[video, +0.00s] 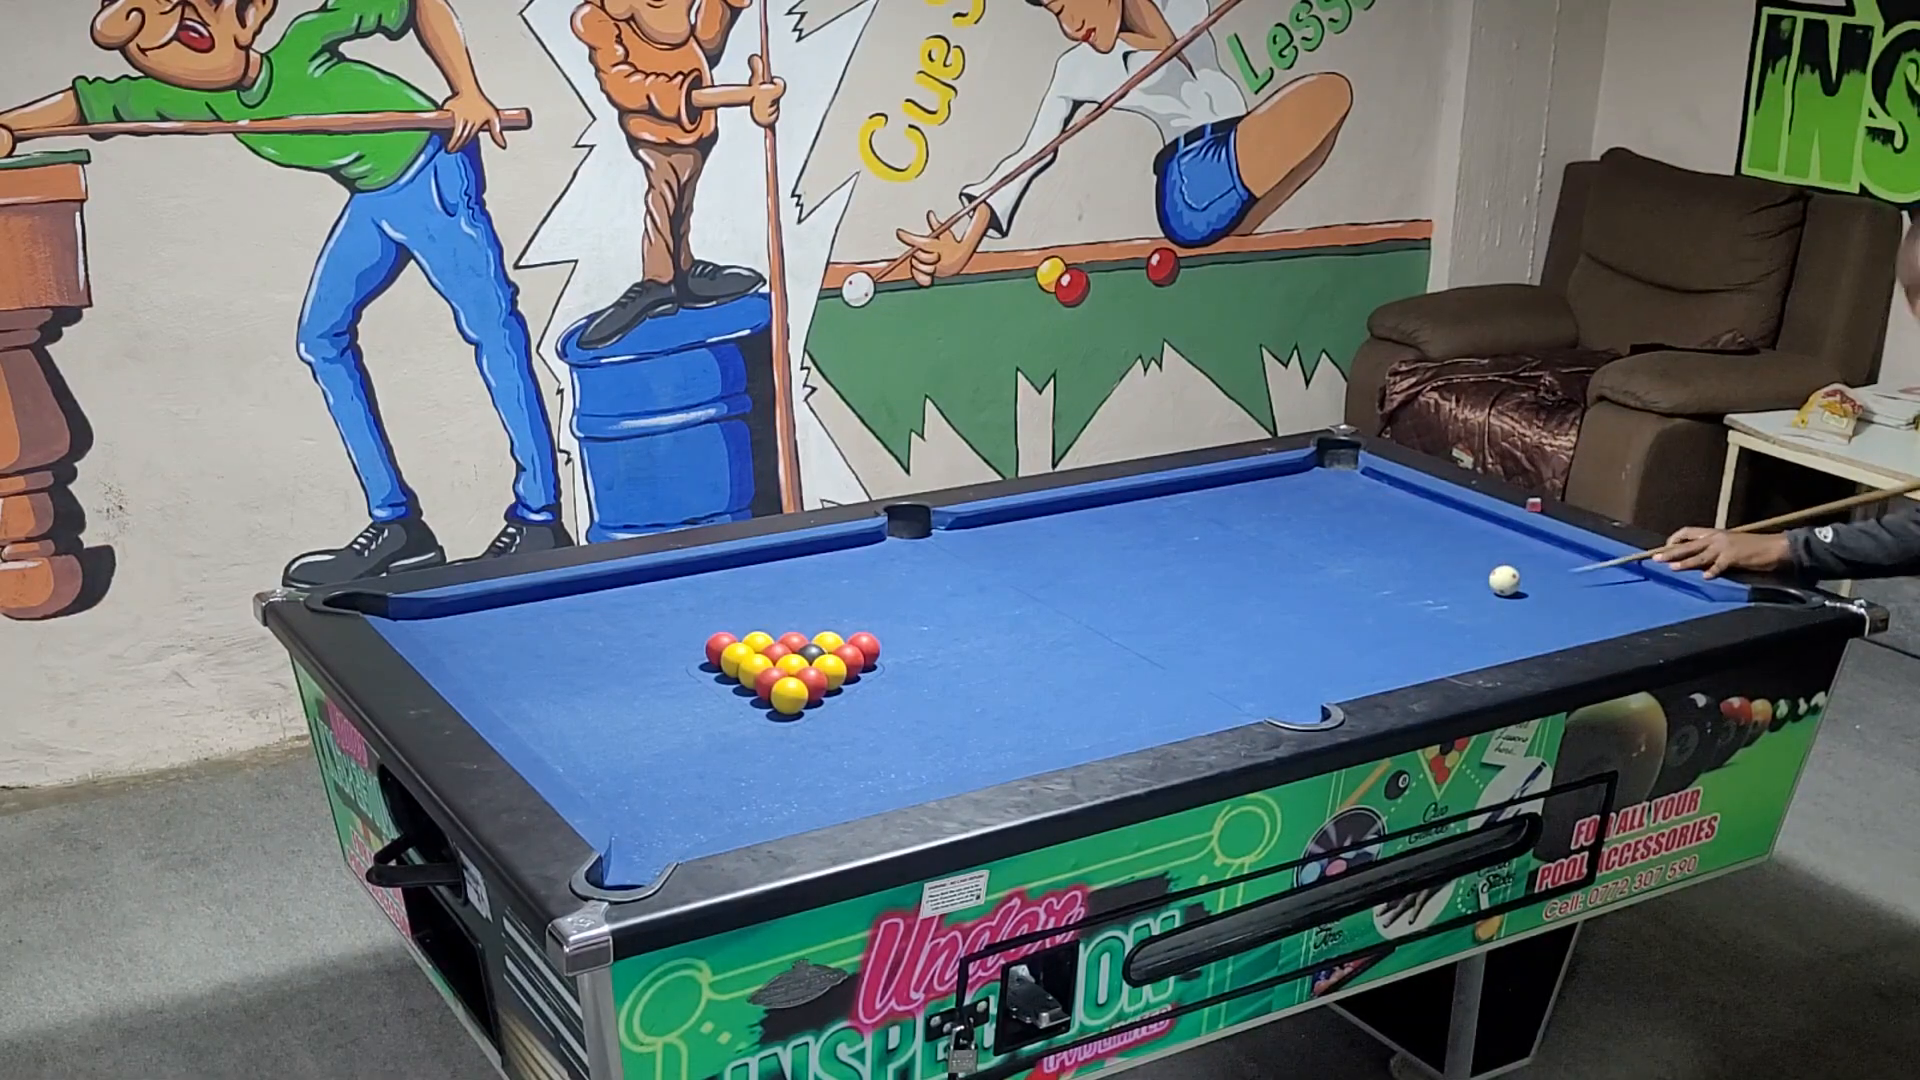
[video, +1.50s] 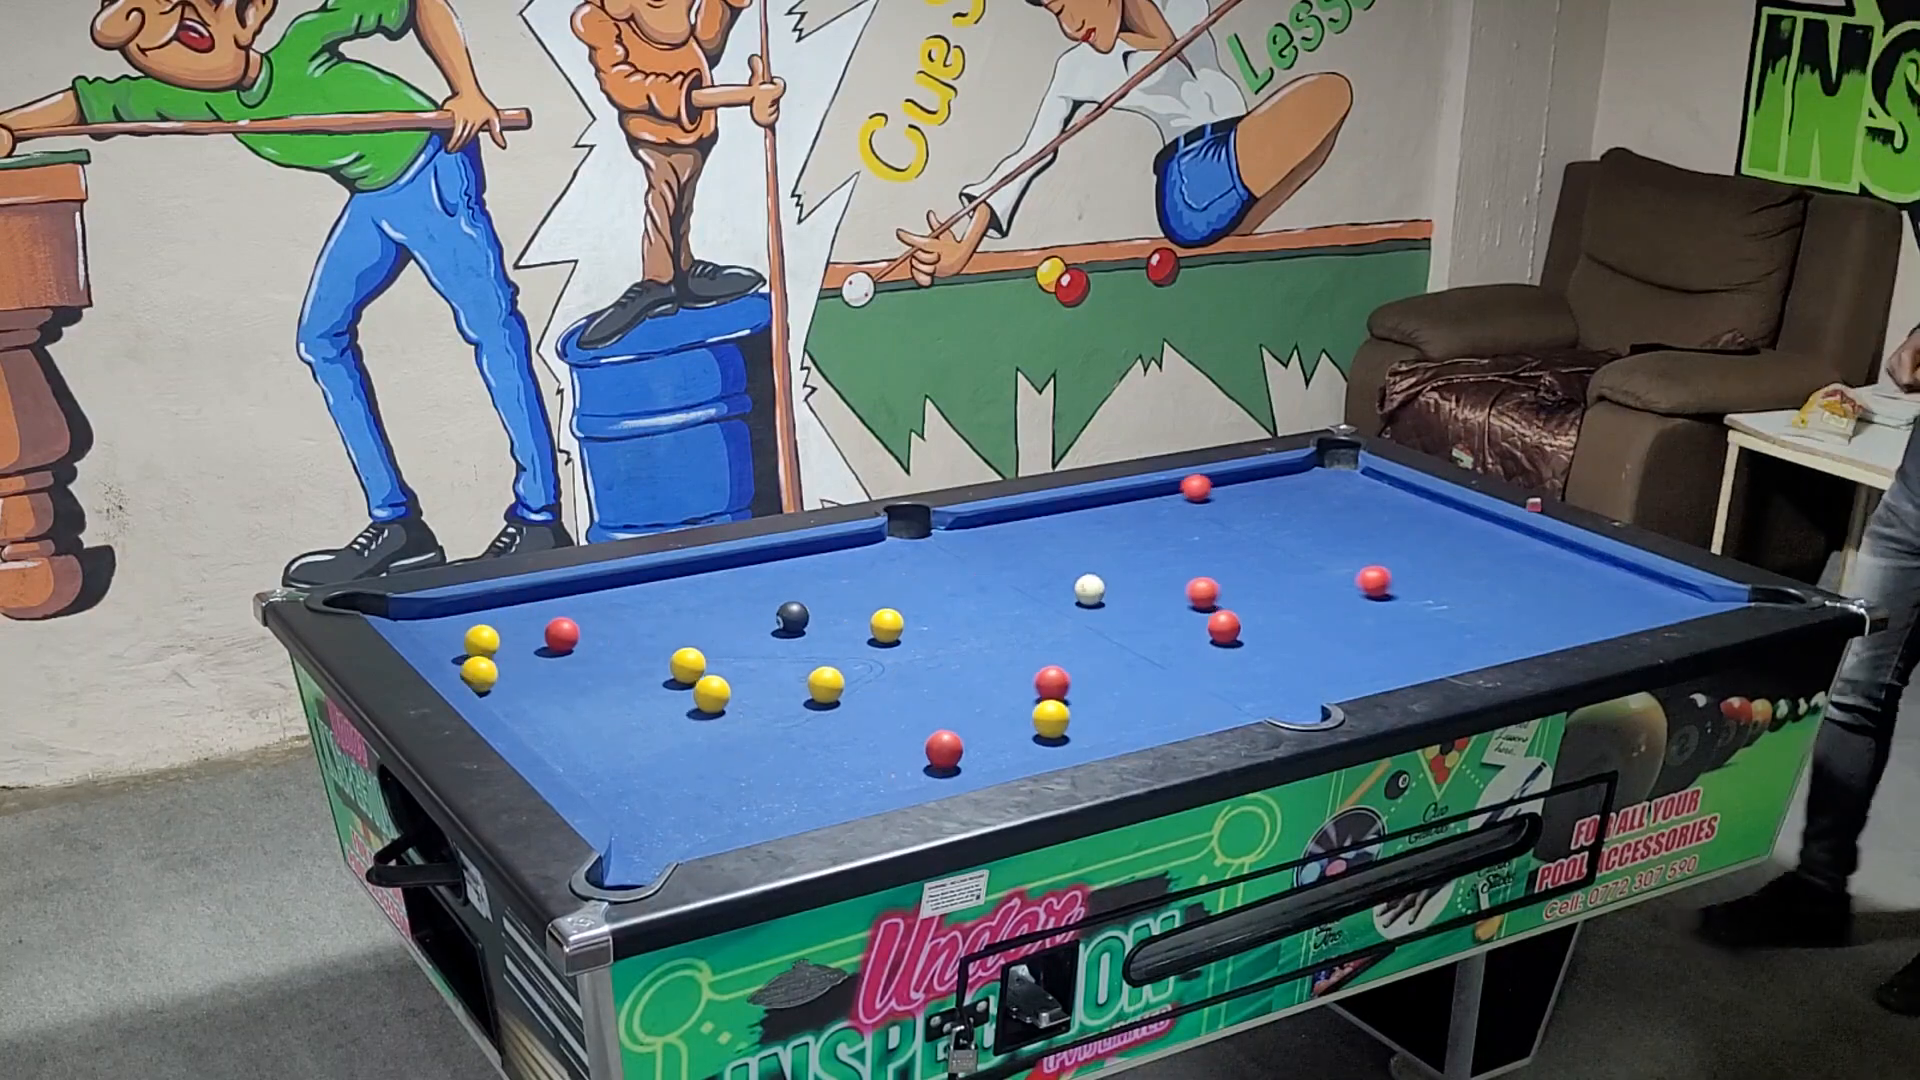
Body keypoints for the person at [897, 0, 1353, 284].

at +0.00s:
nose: (1070, 24)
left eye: (1071, 5)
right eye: (1057, 15)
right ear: (1055, 18)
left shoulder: (1175, 10)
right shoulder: (1076, 69)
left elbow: (1196, 57)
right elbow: (1029, 156)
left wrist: (1139, 12)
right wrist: (963, 244)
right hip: (1192, 182)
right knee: (1331, 92)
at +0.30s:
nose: (1070, 24)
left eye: (1071, 5)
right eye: (1056, 15)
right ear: (1055, 18)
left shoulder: (1175, 11)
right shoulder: (1076, 69)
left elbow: (1196, 58)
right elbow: (1029, 156)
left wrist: (1139, 12)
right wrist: (963, 244)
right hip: (1191, 183)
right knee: (1330, 91)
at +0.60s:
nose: (1069, 23)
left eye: (1071, 4)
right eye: (1056, 15)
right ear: (1055, 18)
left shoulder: (1173, 10)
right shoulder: (1075, 69)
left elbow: (1196, 56)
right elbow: (1028, 156)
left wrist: (1142, 16)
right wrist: (964, 245)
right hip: (1193, 175)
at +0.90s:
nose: (1069, 23)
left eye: (1071, 4)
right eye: (1056, 15)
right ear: (1055, 18)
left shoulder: (1173, 10)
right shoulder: (1075, 69)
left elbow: (1197, 56)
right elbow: (1028, 156)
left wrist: (1142, 16)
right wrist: (964, 245)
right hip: (1193, 174)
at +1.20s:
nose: (1069, 23)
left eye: (1070, 5)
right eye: (1056, 15)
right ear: (1055, 18)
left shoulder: (1176, 10)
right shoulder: (1076, 68)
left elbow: (1197, 59)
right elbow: (1028, 156)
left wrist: (1140, 13)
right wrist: (964, 245)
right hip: (1191, 183)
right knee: (1330, 92)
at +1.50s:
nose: (1070, 25)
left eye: (1070, 6)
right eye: (1057, 16)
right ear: (1056, 18)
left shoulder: (1177, 10)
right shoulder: (1077, 68)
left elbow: (1199, 60)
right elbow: (1028, 157)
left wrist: (1140, 14)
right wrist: (964, 246)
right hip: (1190, 185)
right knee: (1330, 91)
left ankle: (1239, 232)